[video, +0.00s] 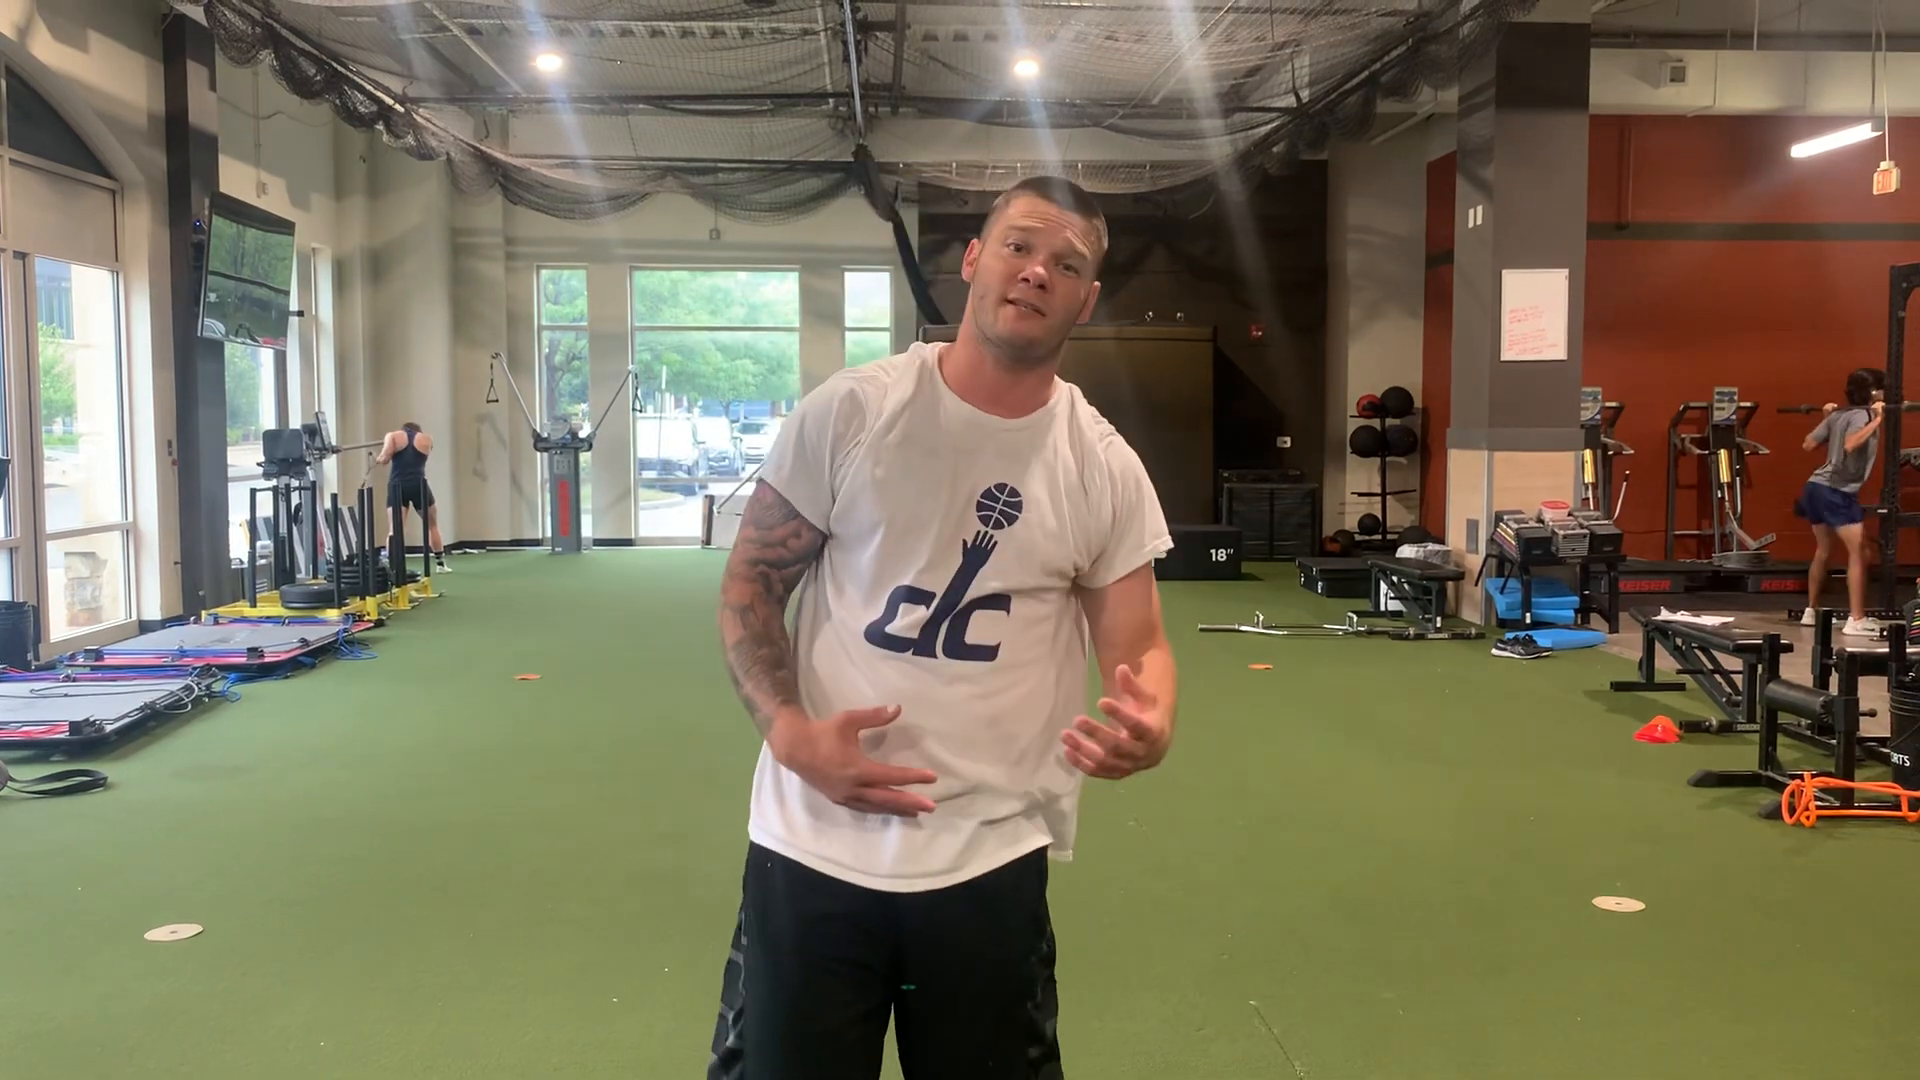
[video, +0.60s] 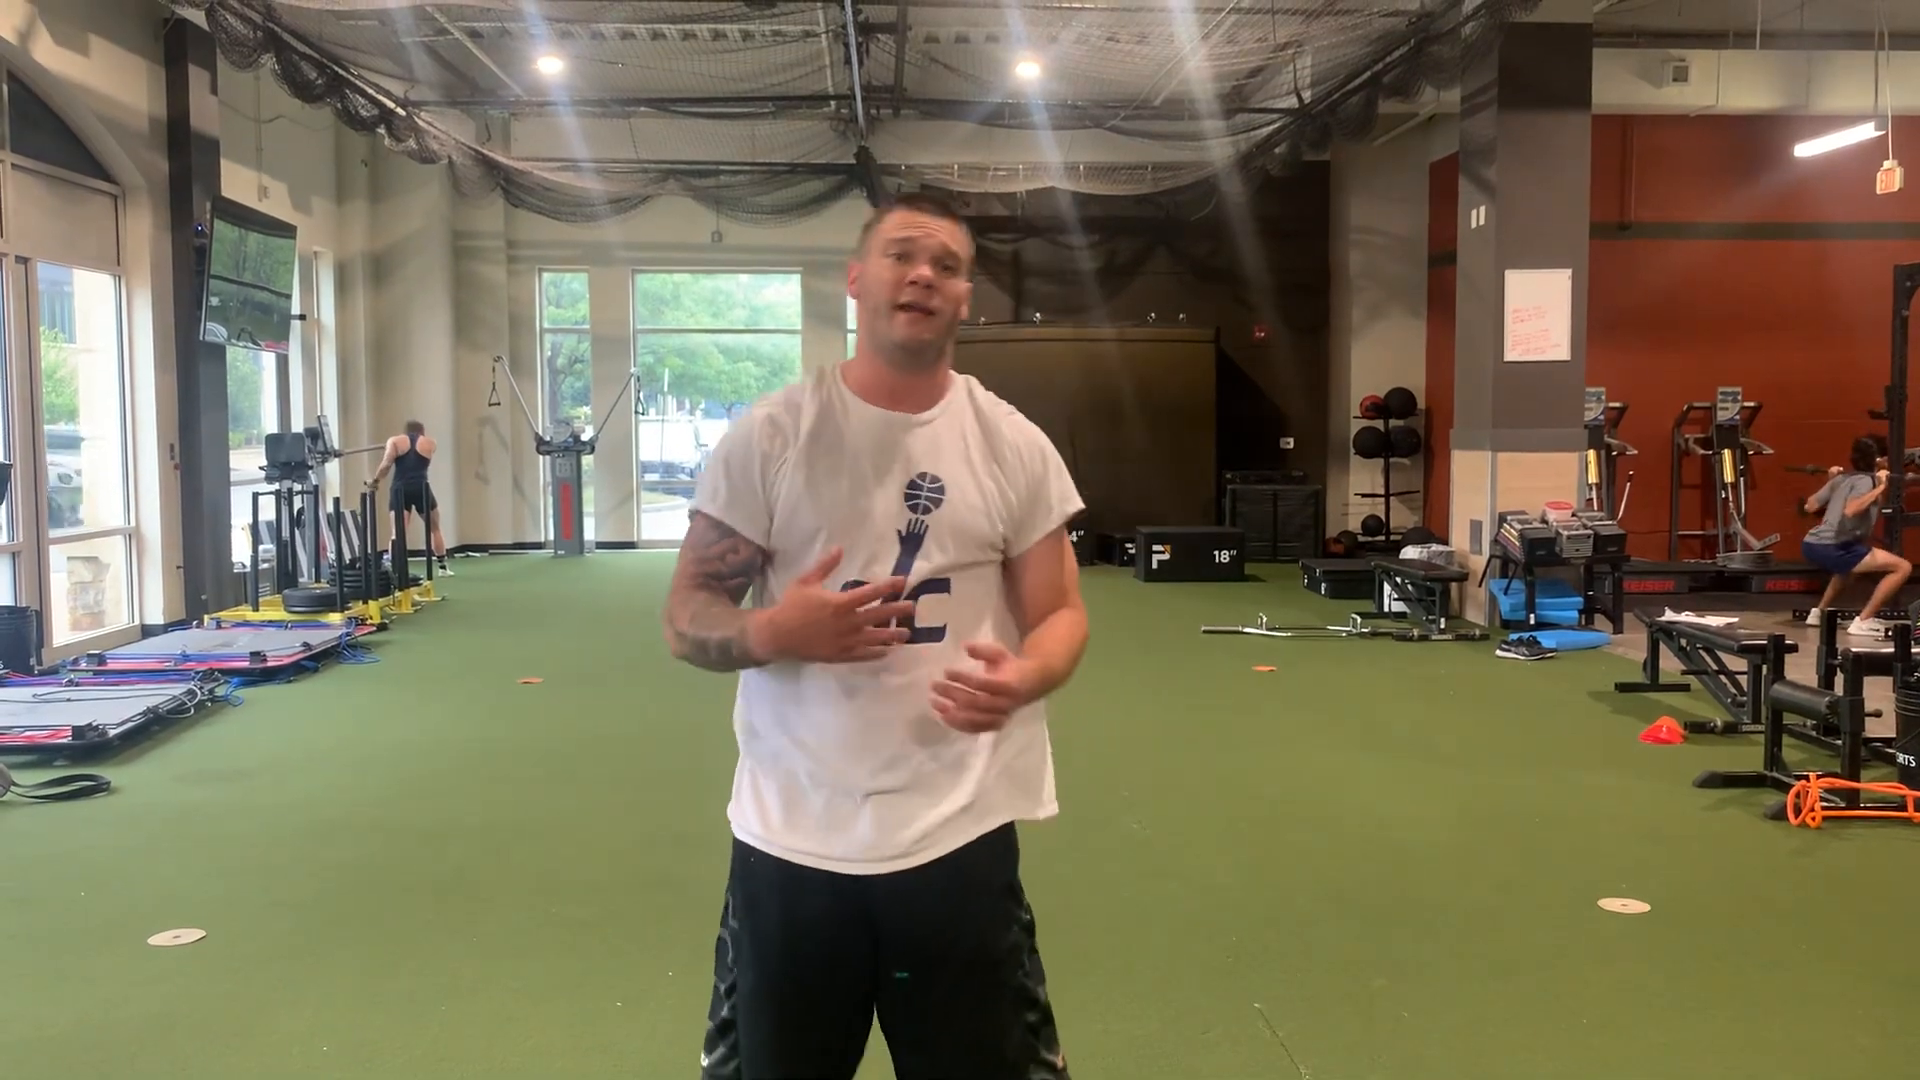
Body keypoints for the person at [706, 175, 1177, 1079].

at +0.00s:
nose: (1036, 273)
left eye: (1065, 264)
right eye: (1018, 246)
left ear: (1088, 304)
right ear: (970, 263)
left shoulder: (1102, 468)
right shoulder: (847, 414)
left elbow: (1138, 649)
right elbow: (749, 587)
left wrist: (1142, 732)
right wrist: (786, 726)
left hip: (985, 867)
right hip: (814, 854)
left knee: (997, 1067)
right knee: (781, 1066)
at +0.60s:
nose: (924, 277)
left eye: (946, 265)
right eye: (902, 254)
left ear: (967, 300)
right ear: (854, 278)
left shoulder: (1011, 447)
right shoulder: (769, 436)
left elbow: (1060, 615)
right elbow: (687, 617)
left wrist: (1026, 675)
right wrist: (774, 632)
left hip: (959, 842)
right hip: (791, 845)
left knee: (992, 1065)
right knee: (767, 1066)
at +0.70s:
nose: (880, 279)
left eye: (902, 266)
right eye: (856, 261)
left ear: (929, 300)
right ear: (815, 293)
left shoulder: (989, 440)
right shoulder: (750, 446)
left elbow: (1040, 600)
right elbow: (694, 622)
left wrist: (997, 661)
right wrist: (737, 684)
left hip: (944, 840)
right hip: (781, 847)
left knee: (968, 1062)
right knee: (768, 1063)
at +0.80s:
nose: (845, 287)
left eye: (865, 270)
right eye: (819, 273)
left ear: (896, 294)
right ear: (786, 304)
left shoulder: (971, 436)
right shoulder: (737, 455)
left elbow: (1022, 592)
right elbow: (698, 633)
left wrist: (970, 647)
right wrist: (717, 729)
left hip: (937, 828)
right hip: (779, 832)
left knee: (944, 1063)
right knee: (772, 1063)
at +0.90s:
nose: (822, 291)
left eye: (837, 271)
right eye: (794, 281)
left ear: (868, 288)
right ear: (763, 314)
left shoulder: (956, 426)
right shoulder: (728, 456)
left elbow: (1010, 578)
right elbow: (692, 635)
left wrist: (962, 633)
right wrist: (732, 744)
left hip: (936, 814)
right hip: (781, 821)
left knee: (945, 1064)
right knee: (776, 1065)